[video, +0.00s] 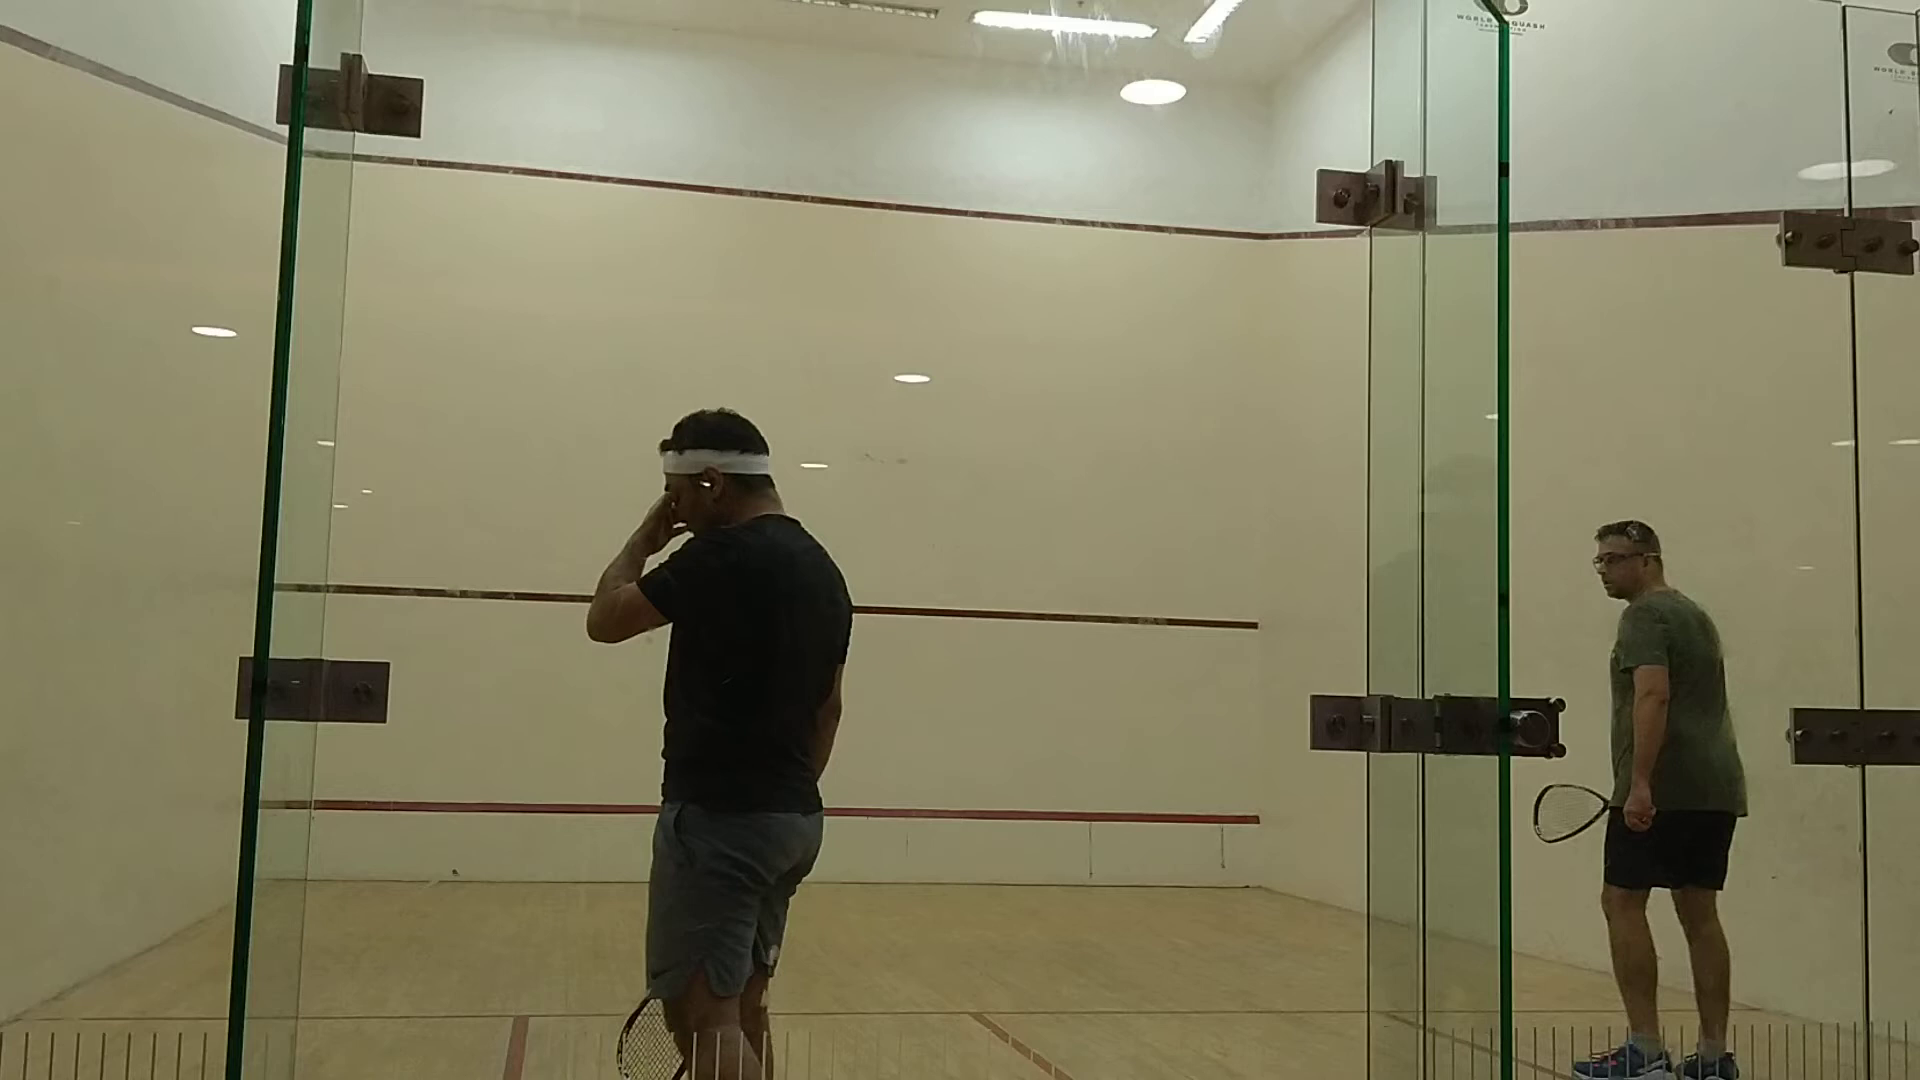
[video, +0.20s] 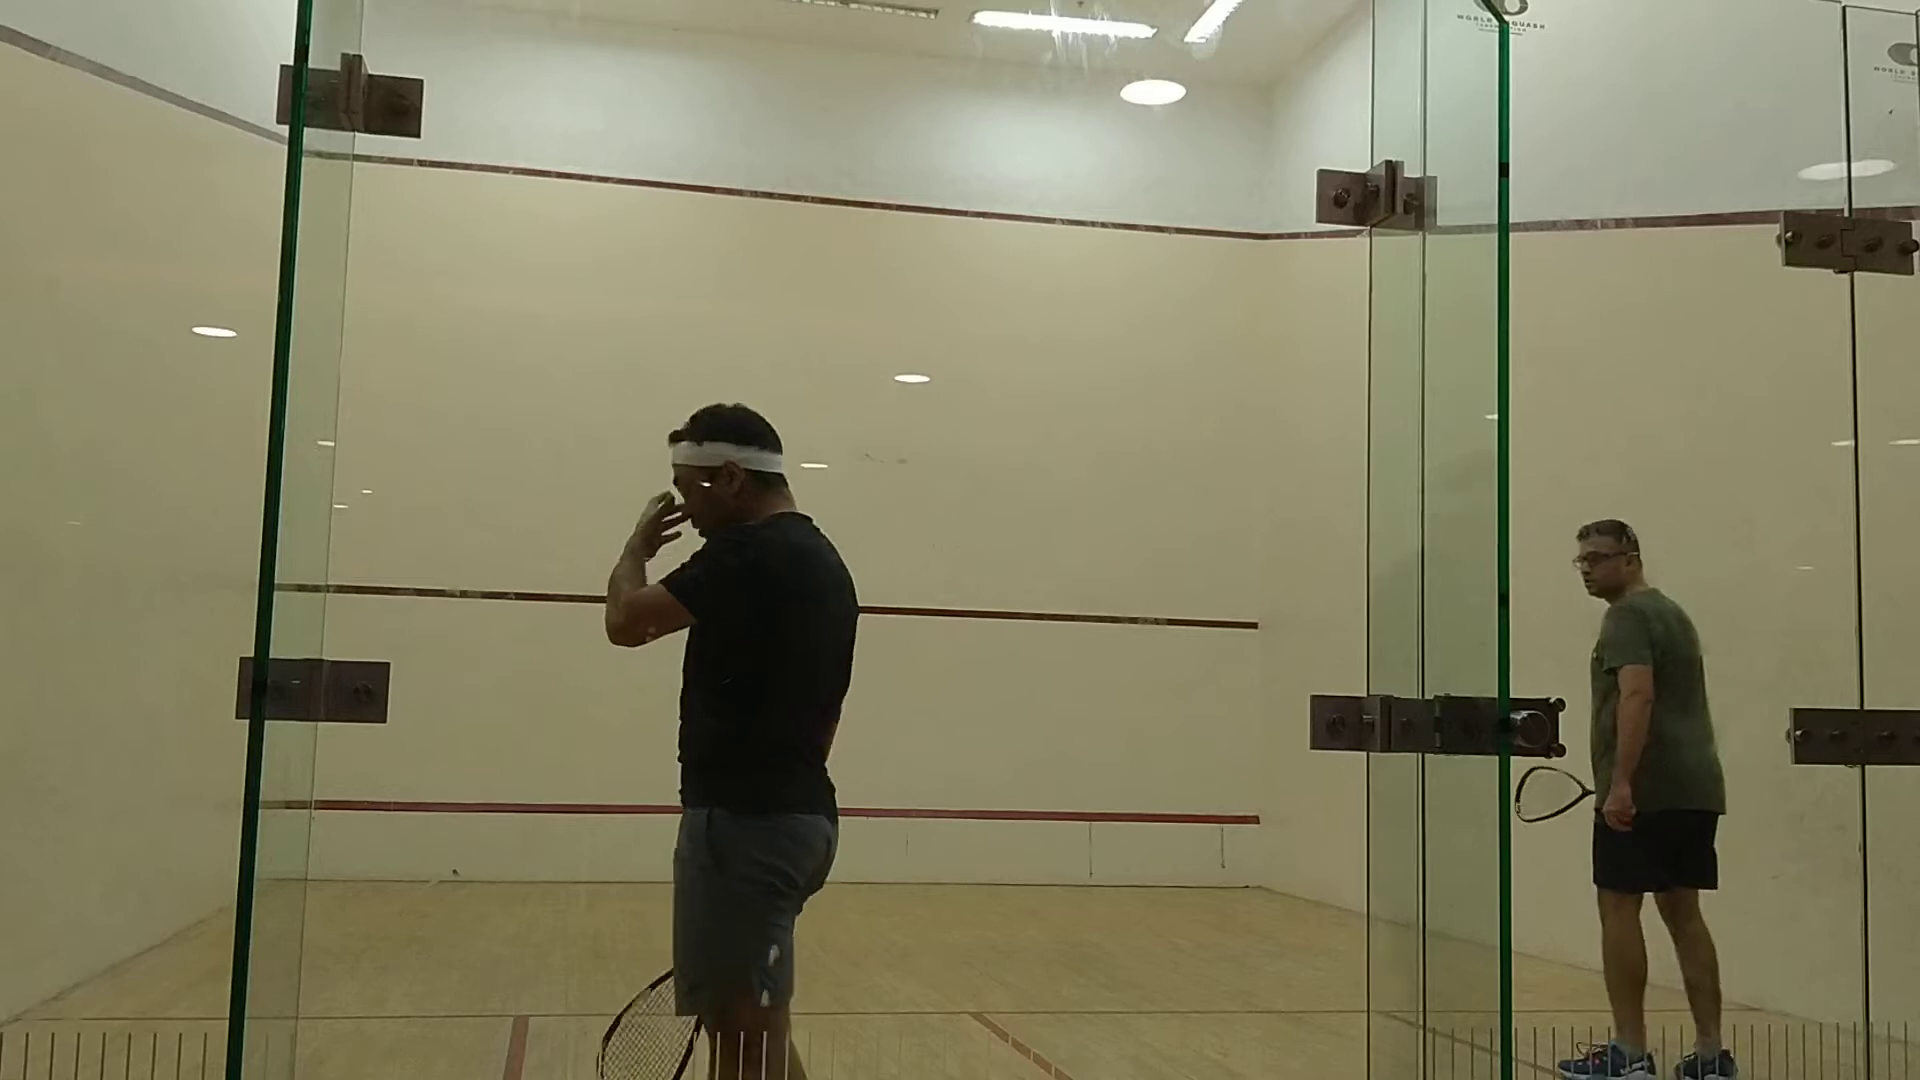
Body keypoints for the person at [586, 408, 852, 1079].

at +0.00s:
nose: (673, 504)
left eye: (677, 488)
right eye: (671, 490)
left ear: (712, 482)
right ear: (755, 476)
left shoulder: (718, 556)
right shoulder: (822, 568)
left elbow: (605, 619)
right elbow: (827, 705)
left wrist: (644, 538)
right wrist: (796, 797)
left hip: (715, 820)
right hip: (793, 819)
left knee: (704, 1015)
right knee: (745, 1004)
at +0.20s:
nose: (681, 503)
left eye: (686, 487)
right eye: (679, 488)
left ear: (731, 480)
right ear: (755, 477)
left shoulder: (744, 554)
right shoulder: (822, 560)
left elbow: (626, 623)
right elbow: (824, 718)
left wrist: (636, 547)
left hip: (741, 825)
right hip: (797, 822)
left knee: (740, 1030)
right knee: (757, 1023)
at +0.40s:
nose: (699, 494)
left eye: (710, 475)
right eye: (696, 479)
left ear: (769, 470)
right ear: (772, 473)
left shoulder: (798, 548)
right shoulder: (805, 548)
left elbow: (692, 631)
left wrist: (670, 546)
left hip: (777, 827)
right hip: (782, 822)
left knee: (763, 1036)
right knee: (776, 1030)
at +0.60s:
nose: (724, 488)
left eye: (739, 466)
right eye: (717, 470)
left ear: (794, 461)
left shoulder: (837, 537)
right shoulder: (786, 550)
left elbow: (757, 611)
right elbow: (779, 709)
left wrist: (719, 530)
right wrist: (736, 838)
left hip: (810, 824)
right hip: (760, 821)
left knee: (793, 1035)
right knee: (732, 1014)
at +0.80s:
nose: (731, 481)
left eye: (745, 459)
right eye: (726, 465)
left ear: (802, 454)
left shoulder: (856, 544)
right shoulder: (790, 553)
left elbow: (789, 630)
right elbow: (770, 705)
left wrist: (727, 543)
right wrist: (737, 821)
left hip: (820, 824)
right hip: (770, 821)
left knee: (801, 1038)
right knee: (741, 1018)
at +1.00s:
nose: (724, 481)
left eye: (727, 462)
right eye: (724, 464)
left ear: (757, 463)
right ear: (799, 461)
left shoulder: (830, 546)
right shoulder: (814, 545)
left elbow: (827, 669)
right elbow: (815, 707)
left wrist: (708, 683)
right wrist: (754, 814)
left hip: (819, 823)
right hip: (792, 820)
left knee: (800, 1034)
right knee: (759, 1010)